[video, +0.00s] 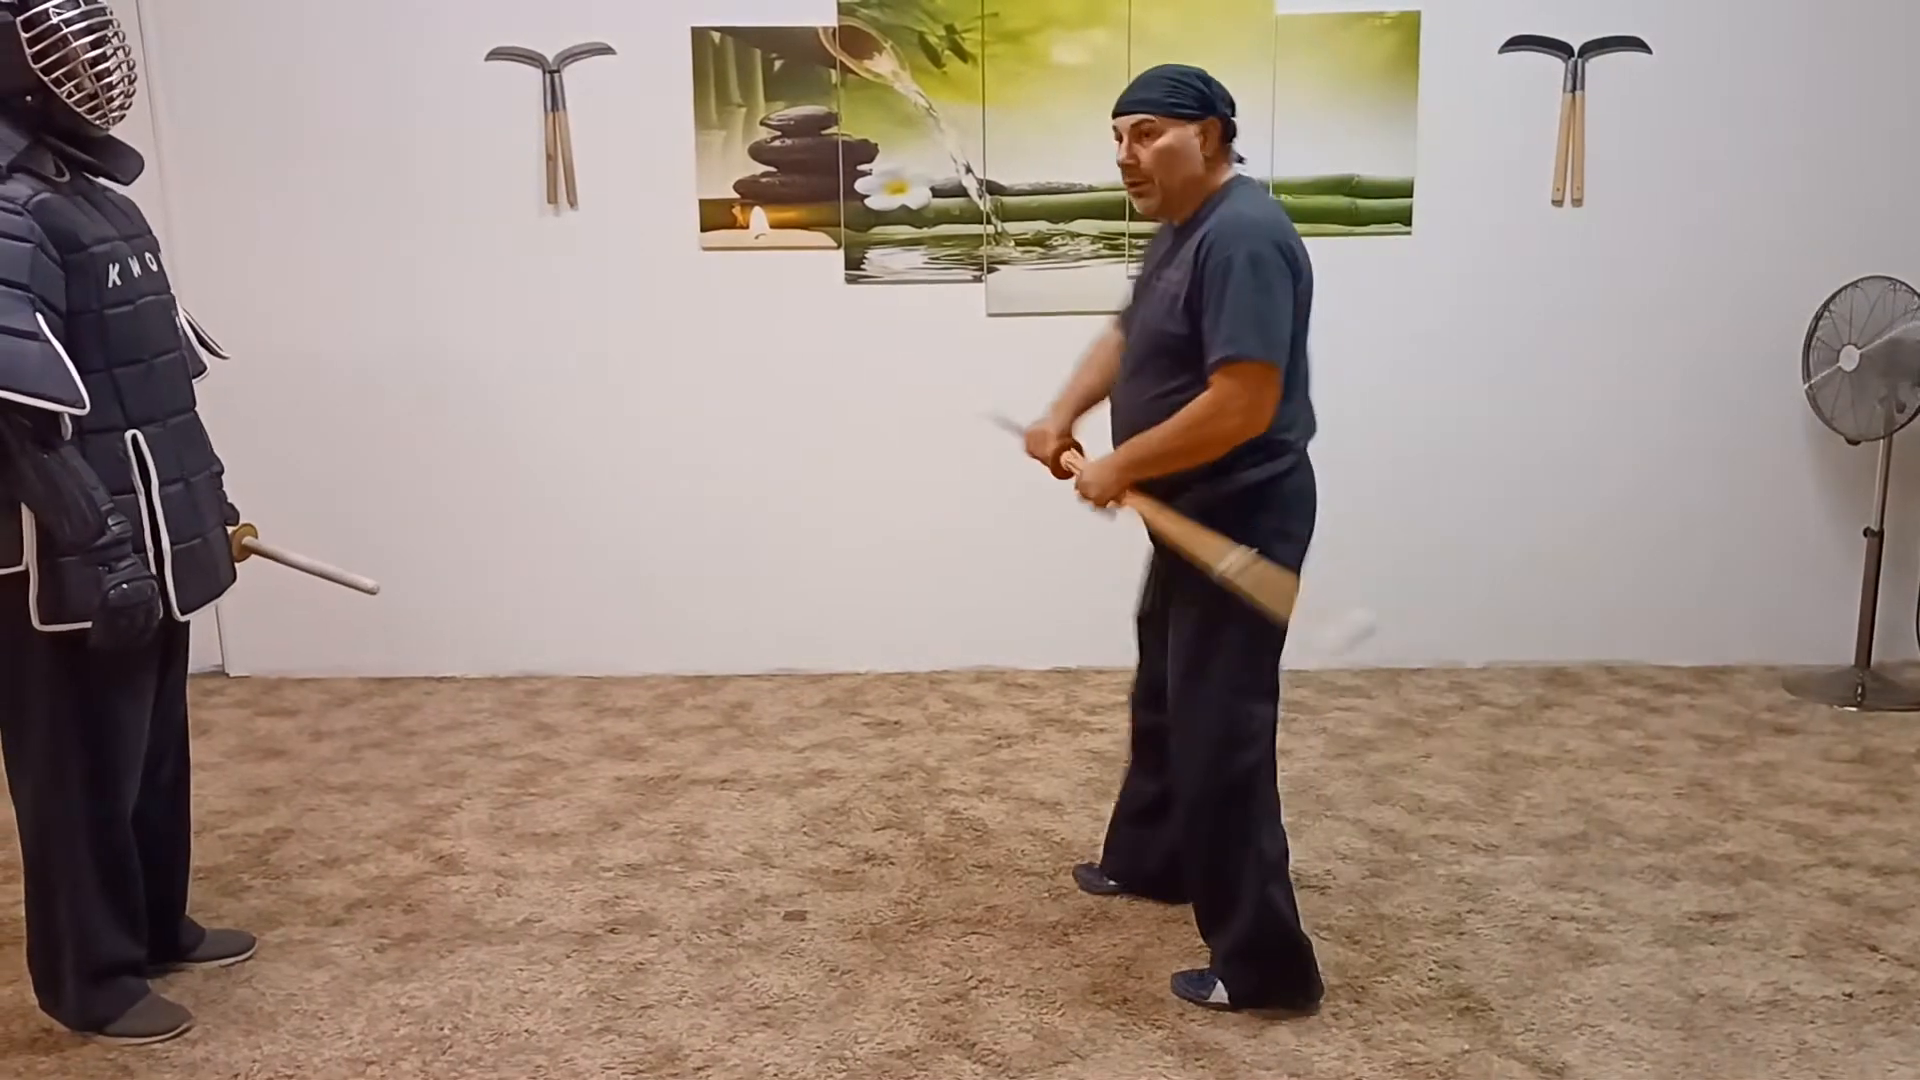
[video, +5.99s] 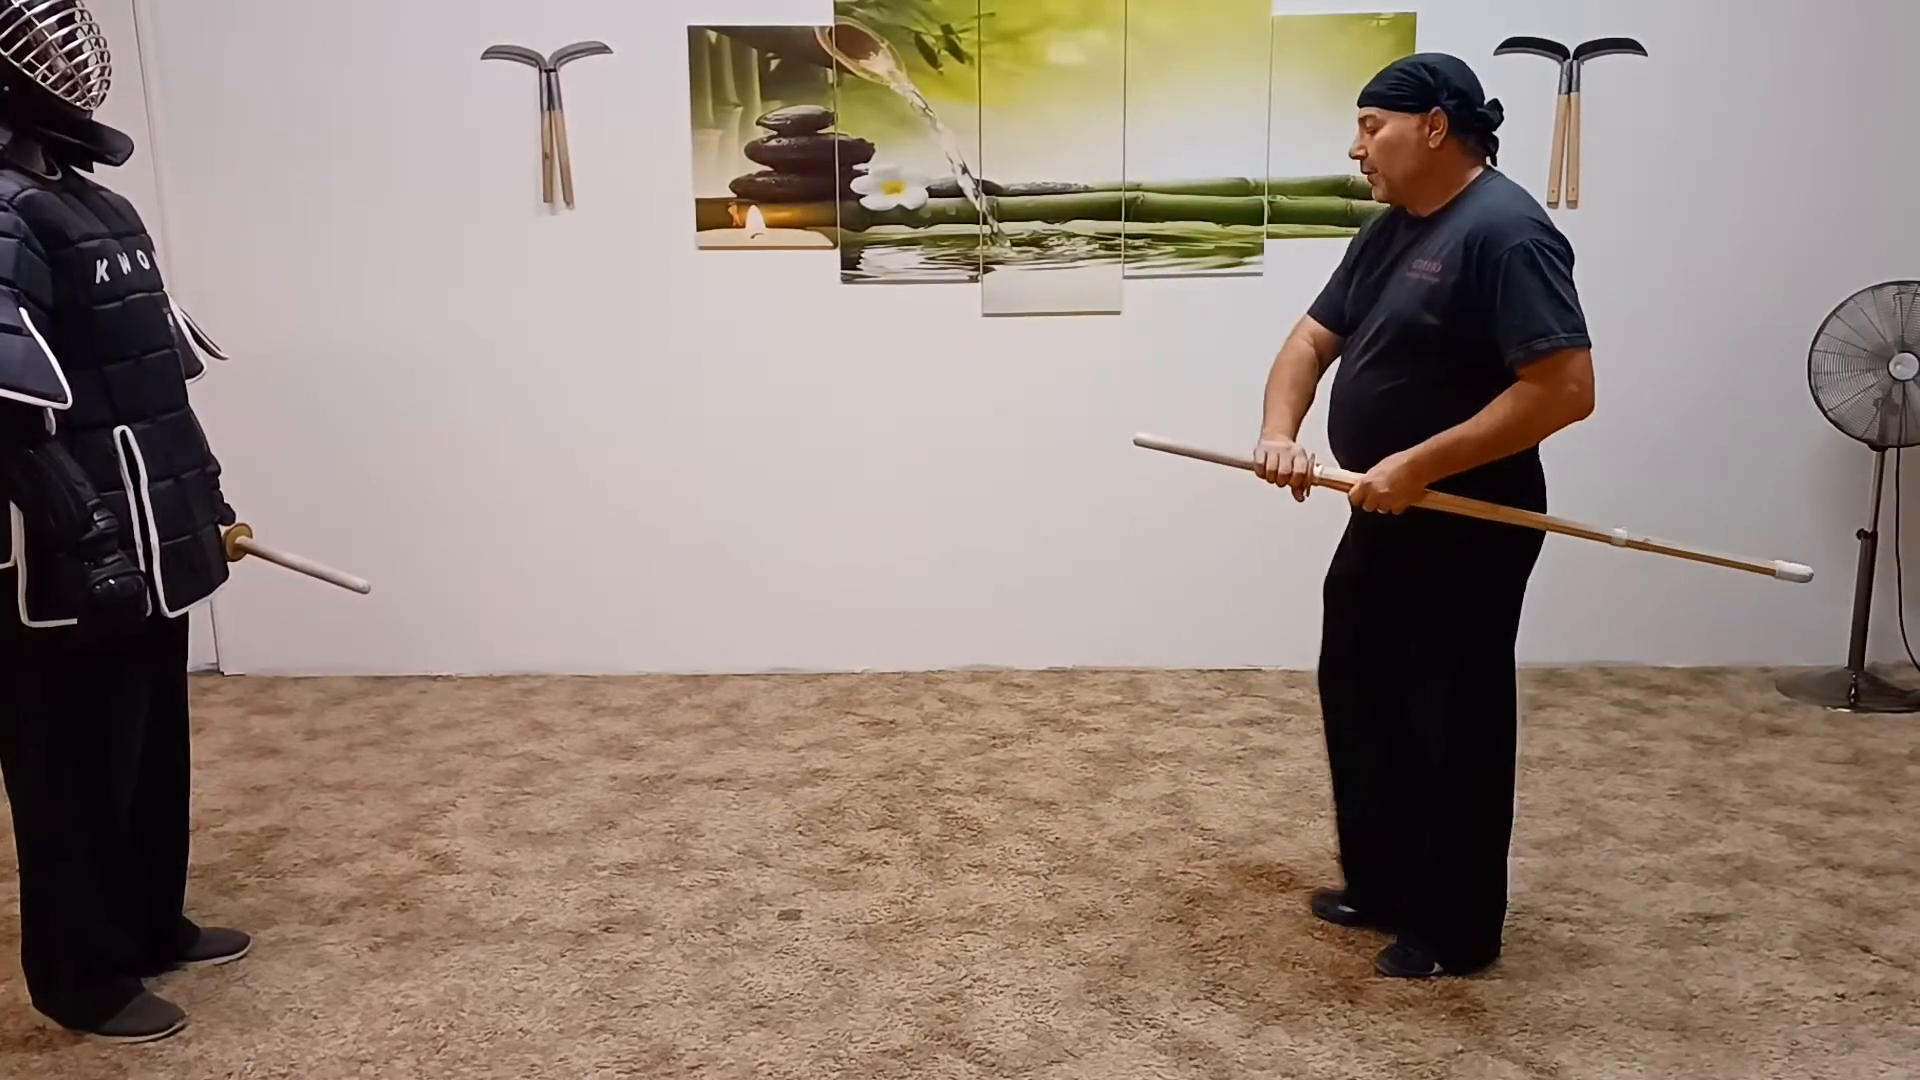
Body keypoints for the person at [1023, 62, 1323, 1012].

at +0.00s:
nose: (1130, 156)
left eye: (1148, 134)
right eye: (1122, 141)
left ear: (1211, 136)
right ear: (1128, 155)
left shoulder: (1243, 233)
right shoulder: (1184, 231)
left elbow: (1244, 401)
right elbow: (1130, 337)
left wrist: (1124, 464)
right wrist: (1062, 412)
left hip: (1244, 514)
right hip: (1188, 506)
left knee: (1217, 729)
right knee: (1164, 692)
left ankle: (1265, 965)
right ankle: (1152, 859)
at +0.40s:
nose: (1137, 137)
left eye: (1155, 118)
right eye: (1120, 125)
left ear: (1198, 126)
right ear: (1108, 144)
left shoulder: (1263, 214)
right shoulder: (1093, 240)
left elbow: (1349, 333)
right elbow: (1026, 344)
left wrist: (1266, 439)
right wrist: (964, 434)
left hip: (1257, 497)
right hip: (1145, 504)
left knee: (1273, 689)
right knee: (1141, 689)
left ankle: (1283, 869)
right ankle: (1152, 861)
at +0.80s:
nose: (1248, 132)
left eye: (1267, 117)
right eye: (1230, 119)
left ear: (1302, 133)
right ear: (1210, 139)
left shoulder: (1355, 230)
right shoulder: (1175, 234)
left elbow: (1415, 363)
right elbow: (1137, 365)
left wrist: (1367, 482)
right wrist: (1097, 481)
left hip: (1316, 493)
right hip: (1196, 488)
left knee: (1329, 690)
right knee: (1172, 681)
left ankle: (1314, 864)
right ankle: (1158, 859)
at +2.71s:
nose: (1241, 126)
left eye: (1260, 111)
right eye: (1226, 116)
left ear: (1301, 126)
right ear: (1212, 137)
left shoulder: (1353, 228)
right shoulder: (1178, 235)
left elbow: (1392, 369)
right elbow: (1141, 365)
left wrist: (1395, 500)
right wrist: (1111, 487)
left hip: (1318, 492)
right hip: (1204, 492)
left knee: (1322, 682)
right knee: (1213, 679)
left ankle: (1315, 859)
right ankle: (1244, 840)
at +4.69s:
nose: (1192, 176)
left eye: (1202, 153)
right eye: (1185, 161)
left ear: (1258, 137)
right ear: (1227, 153)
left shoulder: (1349, 220)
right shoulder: (1227, 243)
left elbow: (1411, 368)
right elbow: (1206, 367)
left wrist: (1358, 503)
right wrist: (1149, 484)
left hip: (1355, 509)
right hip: (1255, 509)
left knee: (1407, 710)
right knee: (1240, 685)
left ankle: (1443, 918)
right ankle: (1257, 842)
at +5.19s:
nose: (1304, 171)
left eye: (1316, 150)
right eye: (1301, 153)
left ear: (1376, 140)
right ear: (1360, 148)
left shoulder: (1458, 236)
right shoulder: (1343, 231)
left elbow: (1497, 401)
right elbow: (1273, 335)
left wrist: (1374, 499)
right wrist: (1232, 428)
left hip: (1453, 516)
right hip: (1355, 512)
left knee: (1459, 727)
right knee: (1360, 708)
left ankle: (1459, 933)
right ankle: (1373, 885)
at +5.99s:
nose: (1359, 144)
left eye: (1375, 124)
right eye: (1361, 127)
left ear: (1435, 127)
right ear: (1421, 133)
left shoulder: (1509, 230)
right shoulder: (1389, 230)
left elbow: (1564, 389)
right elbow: (1309, 343)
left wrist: (1419, 462)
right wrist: (1281, 430)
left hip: (1474, 516)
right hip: (1385, 506)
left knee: (1455, 712)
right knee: (1357, 691)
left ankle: (1459, 930)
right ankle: (1380, 888)